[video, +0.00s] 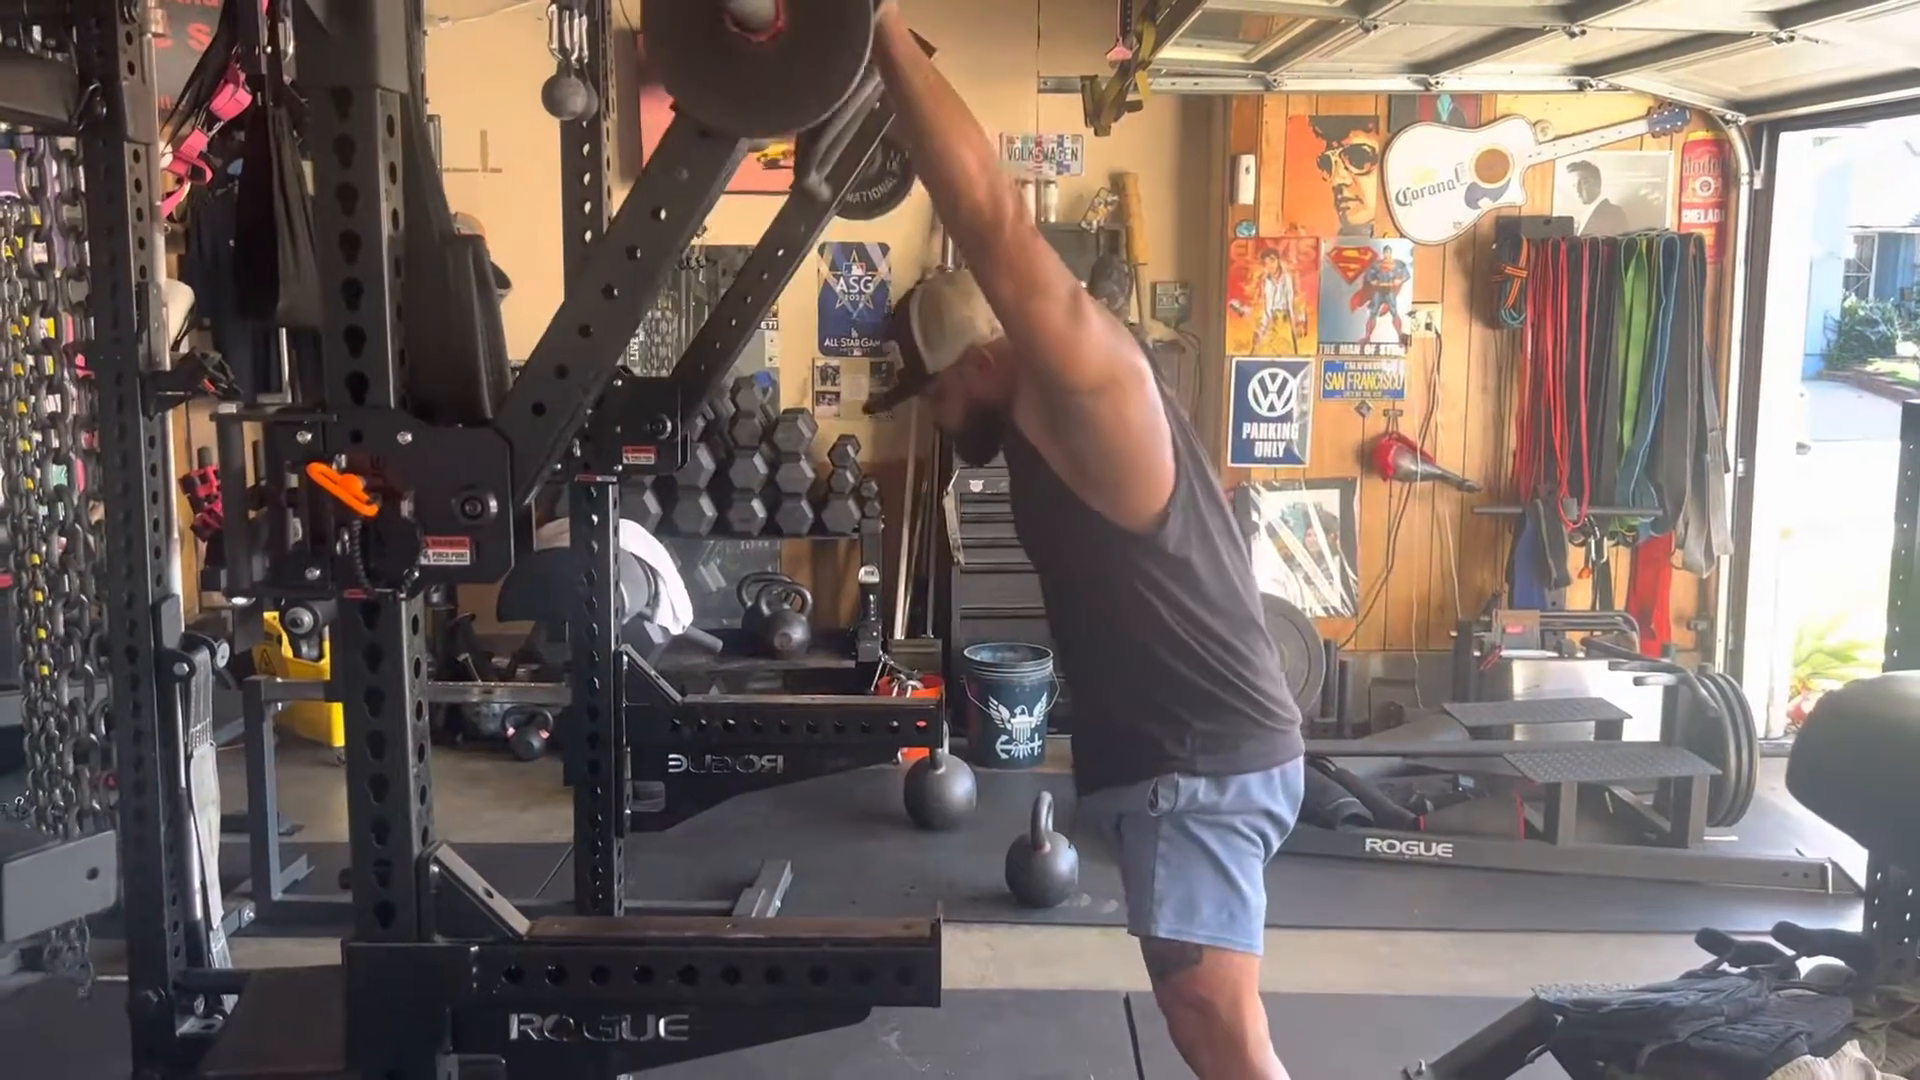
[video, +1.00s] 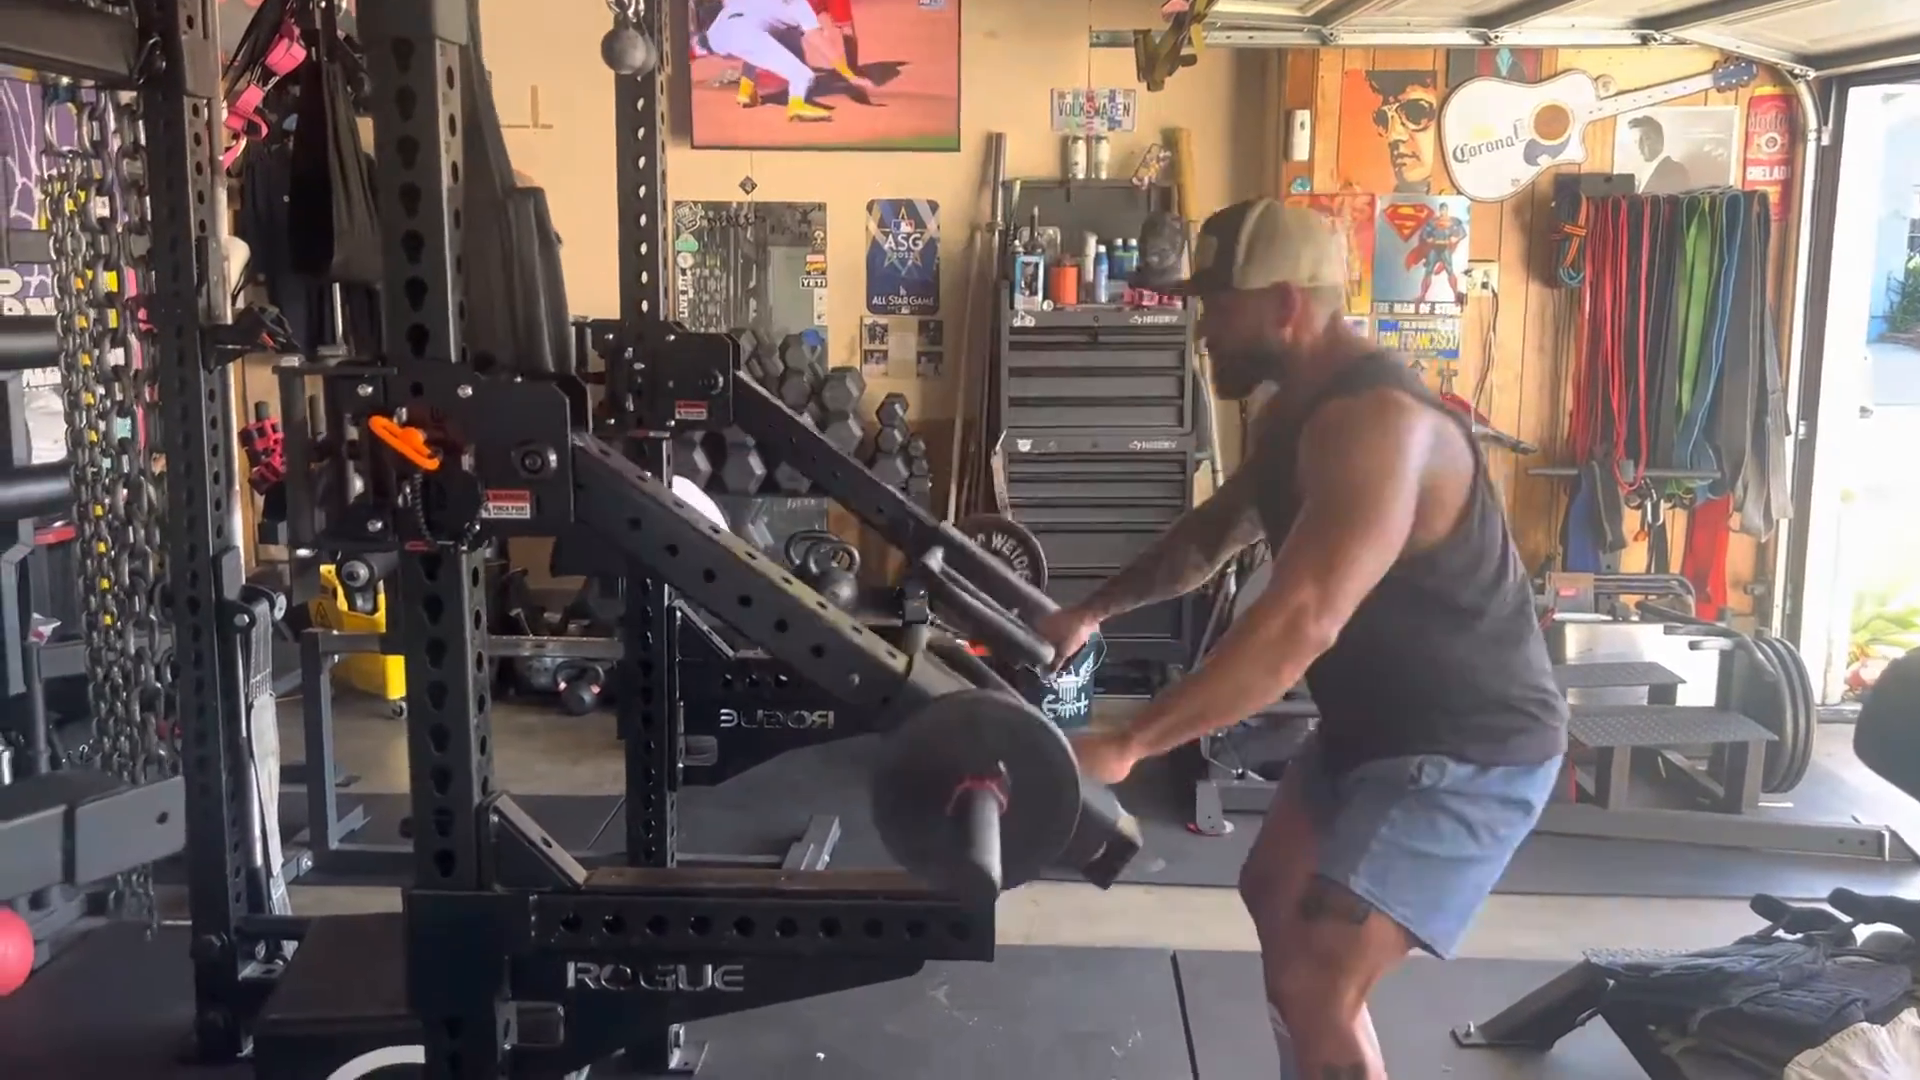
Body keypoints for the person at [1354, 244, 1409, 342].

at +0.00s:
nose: (1387, 255)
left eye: (1389, 252)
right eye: (1385, 252)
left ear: (1391, 253)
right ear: (1383, 253)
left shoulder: (1398, 264)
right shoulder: (1377, 264)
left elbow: (1406, 275)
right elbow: (1368, 275)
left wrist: (1399, 281)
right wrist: (1373, 281)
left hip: (1391, 288)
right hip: (1379, 288)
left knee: (1394, 311)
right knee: (1373, 312)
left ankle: (1400, 335)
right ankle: (1367, 336)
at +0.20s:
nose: (1394, 251)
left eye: (1396, 248)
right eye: (1393, 248)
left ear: (1399, 249)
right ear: (1390, 249)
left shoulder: (1405, 260)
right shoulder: (1384, 260)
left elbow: (1414, 271)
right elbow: (1375, 271)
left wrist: (1406, 277)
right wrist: (1379, 277)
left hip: (1398, 284)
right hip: (1386, 284)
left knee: (1401, 308)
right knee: (1380, 308)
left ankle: (1407, 332)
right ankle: (1374, 332)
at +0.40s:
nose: (1402, 244)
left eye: (1404, 242)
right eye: (1401, 242)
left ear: (1407, 242)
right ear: (1398, 243)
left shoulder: (1414, 253)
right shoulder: (1392, 253)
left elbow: (1422, 264)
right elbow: (1384, 264)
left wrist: (1415, 270)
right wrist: (1388, 270)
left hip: (1405, 277)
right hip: (1394, 277)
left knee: (1409, 301)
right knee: (1388, 301)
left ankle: (1415, 325)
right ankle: (1382, 325)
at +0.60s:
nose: (1415, 234)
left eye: (1417, 232)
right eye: (1414, 232)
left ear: (1420, 232)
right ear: (1411, 233)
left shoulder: (1427, 243)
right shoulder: (1405, 244)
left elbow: (1435, 255)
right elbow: (1397, 255)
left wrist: (1428, 261)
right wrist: (1400, 261)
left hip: (1418, 268)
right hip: (1407, 268)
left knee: (1422, 291)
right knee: (1401, 292)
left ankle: (1428, 316)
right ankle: (1395, 316)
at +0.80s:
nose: (1429, 224)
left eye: (1431, 222)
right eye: (1428, 222)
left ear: (1434, 222)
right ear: (1425, 222)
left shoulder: (1440, 233)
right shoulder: (1418, 233)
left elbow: (1449, 244)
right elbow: (1410, 244)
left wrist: (1442, 250)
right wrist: (1414, 250)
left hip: (1432, 257)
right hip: (1420, 257)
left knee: (1435, 281)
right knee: (1415, 281)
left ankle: (1442, 306)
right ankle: (1409, 304)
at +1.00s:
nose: (1443, 213)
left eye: (1445, 210)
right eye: (1441, 210)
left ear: (1447, 211)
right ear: (1439, 211)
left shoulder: (1454, 221)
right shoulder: (1433, 221)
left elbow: (1463, 233)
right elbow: (1424, 233)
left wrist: (1456, 239)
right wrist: (1427, 239)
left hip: (1446, 246)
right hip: (1434, 246)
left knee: (1450, 271)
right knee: (1428, 271)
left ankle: (1456, 295)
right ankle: (1422, 296)